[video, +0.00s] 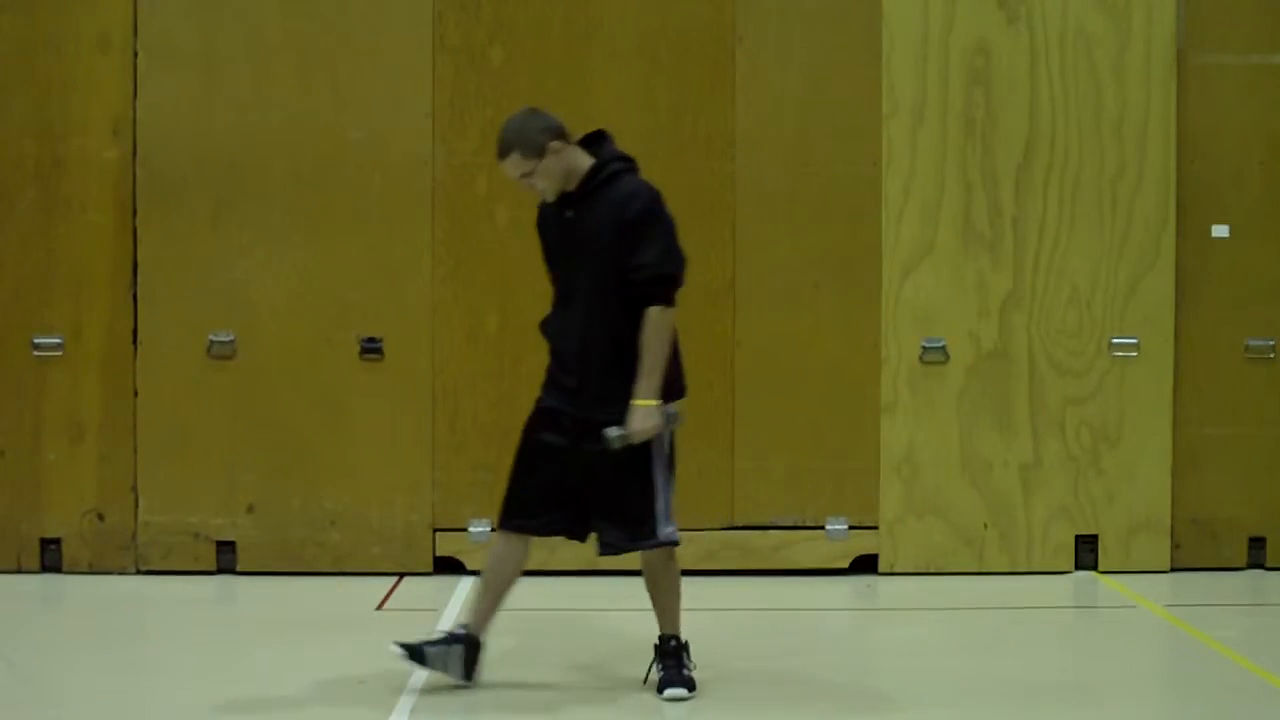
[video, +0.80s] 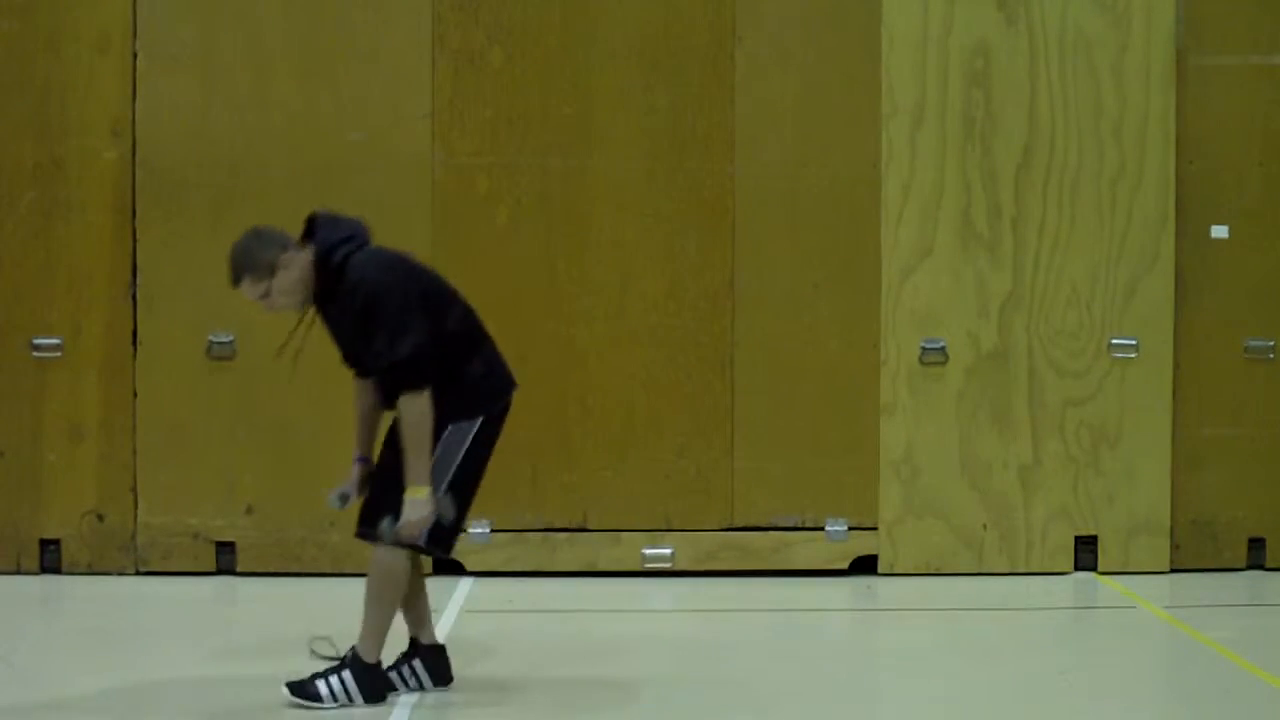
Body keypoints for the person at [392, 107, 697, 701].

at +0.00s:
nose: (529, 190)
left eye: (529, 175)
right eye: (520, 180)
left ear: (557, 148)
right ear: (536, 162)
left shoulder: (634, 200)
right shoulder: (553, 211)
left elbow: (661, 302)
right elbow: (572, 300)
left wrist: (646, 397)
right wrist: (567, 376)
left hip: (635, 393)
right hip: (568, 388)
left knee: (652, 531)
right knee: (519, 517)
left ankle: (672, 650)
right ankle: (466, 642)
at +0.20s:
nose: (449, 205)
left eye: (448, 192)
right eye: (442, 197)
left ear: (476, 165)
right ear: (462, 177)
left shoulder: (559, 208)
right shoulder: (489, 221)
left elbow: (587, 310)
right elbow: (518, 310)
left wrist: (573, 404)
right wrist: (515, 383)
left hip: (586, 397)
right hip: (520, 397)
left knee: (623, 532)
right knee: (475, 526)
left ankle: (667, 648)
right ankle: (435, 652)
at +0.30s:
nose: (402, 212)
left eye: (400, 199)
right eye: (394, 203)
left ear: (426, 174)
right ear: (415, 181)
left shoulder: (514, 207)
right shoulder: (449, 219)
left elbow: (550, 306)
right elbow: (482, 307)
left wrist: (538, 402)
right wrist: (488, 380)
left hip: (558, 393)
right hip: (494, 393)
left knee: (603, 527)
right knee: (455, 523)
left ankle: (659, 643)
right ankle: (432, 653)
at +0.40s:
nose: (366, 220)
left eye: (362, 208)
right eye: (358, 213)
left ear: (383, 179)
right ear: (379, 189)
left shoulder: (477, 207)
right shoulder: (413, 227)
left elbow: (518, 305)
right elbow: (451, 317)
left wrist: (509, 402)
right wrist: (446, 389)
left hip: (531, 391)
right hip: (471, 392)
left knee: (559, 521)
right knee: (443, 524)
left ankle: (637, 625)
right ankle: (432, 653)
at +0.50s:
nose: (338, 228)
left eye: (335, 215)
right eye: (329, 221)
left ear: (356, 187)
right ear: (349, 195)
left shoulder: (446, 209)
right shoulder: (388, 235)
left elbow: (492, 308)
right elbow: (428, 323)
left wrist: (485, 407)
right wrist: (413, 404)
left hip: (511, 384)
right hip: (456, 390)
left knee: (502, 524)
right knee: (435, 524)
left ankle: (569, 629)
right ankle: (432, 654)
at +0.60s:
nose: (316, 243)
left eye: (313, 231)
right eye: (307, 237)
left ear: (332, 201)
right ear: (329, 209)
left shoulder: (423, 221)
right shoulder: (365, 242)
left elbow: (465, 326)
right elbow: (402, 334)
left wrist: (463, 422)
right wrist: (388, 414)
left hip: (495, 382)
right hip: (444, 385)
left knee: (454, 524)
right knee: (418, 522)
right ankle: (428, 654)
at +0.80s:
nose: (272, 306)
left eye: (268, 293)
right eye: (262, 301)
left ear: (289, 260)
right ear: (287, 262)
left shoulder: (370, 280)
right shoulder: (332, 287)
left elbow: (415, 388)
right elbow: (368, 378)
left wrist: (420, 491)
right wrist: (363, 460)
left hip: (470, 400)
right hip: (428, 400)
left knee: (393, 526)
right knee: (387, 518)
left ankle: (365, 667)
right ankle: (427, 654)